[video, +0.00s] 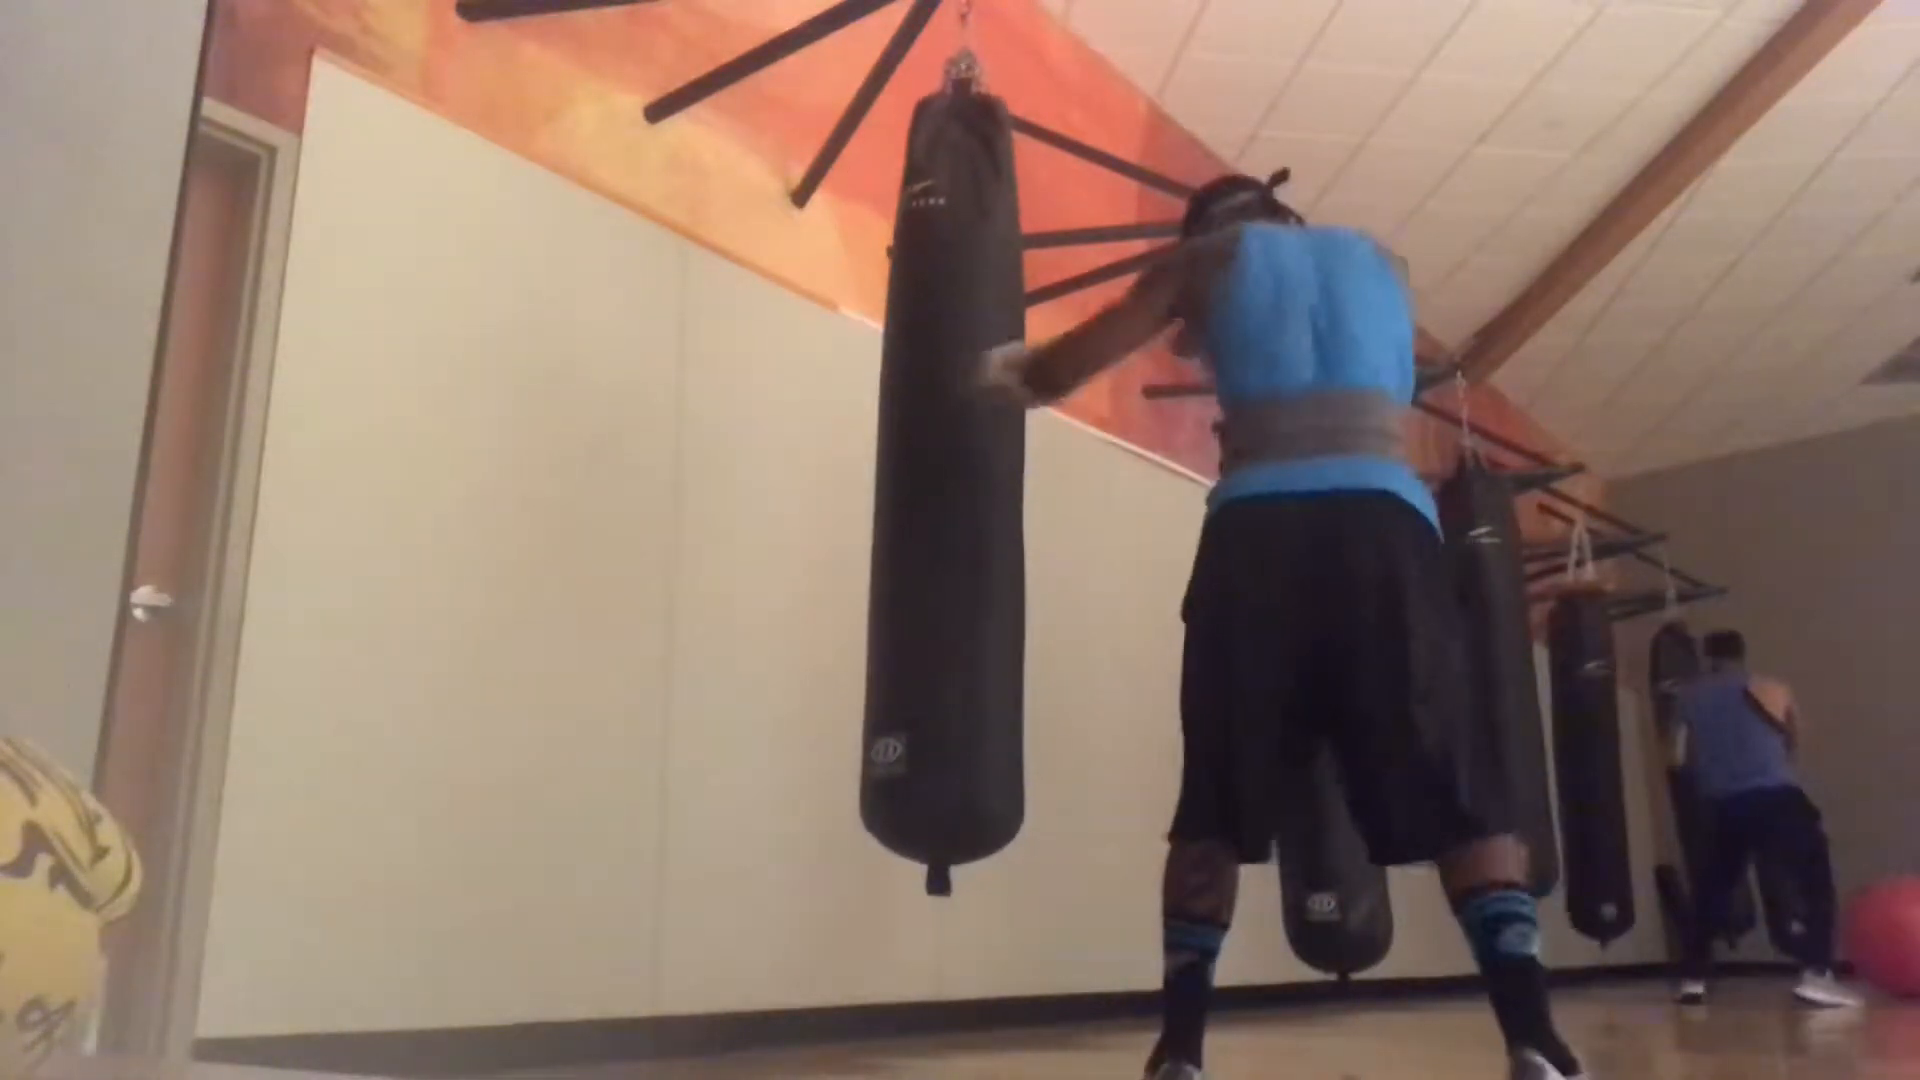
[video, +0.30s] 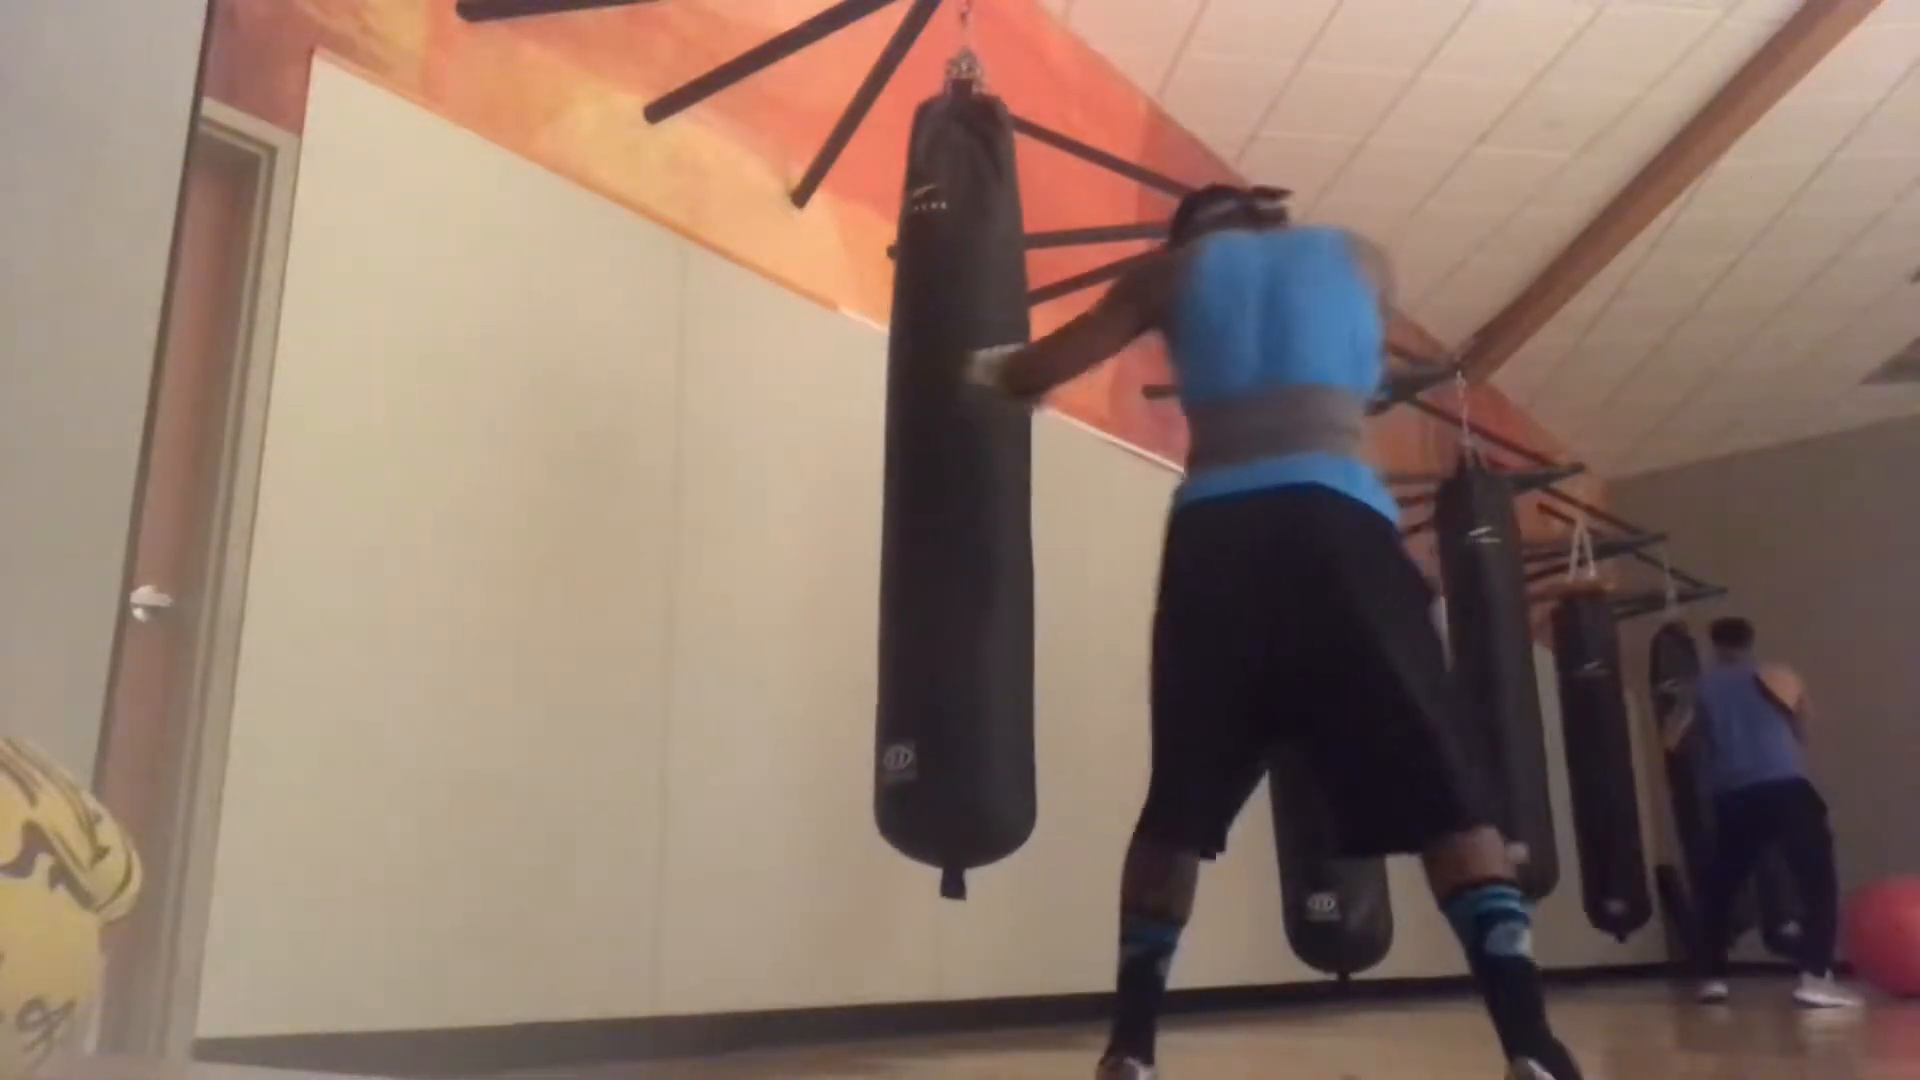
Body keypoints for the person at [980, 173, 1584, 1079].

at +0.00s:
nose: (1193, 268)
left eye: (1193, 253)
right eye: (1193, 254)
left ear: (1211, 231)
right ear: (1279, 214)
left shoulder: (1205, 254)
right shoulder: (1376, 260)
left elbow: (1060, 369)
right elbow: (1433, 359)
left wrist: (1012, 369)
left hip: (1256, 544)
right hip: (1390, 539)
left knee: (1215, 794)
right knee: (1458, 790)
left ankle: (1180, 1048)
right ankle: (1534, 1043)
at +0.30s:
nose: (1176, 258)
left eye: (1179, 246)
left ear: (1193, 239)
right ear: (1268, 218)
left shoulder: (1175, 266)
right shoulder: (1353, 254)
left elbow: (1040, 368)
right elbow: (1409, 357)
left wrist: (985, 370)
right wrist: (1359, 376)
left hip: (1213, 548)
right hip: (1342, 541)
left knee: (1177, 803)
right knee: (1444, 793)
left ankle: (1129, 1047)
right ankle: (1529, 1046)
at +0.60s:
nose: (1144, 259)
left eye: (1147, 248)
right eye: (1149, 248)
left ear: (1166, 238)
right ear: (1255, 232)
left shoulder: (1149, 267)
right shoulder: (1316, 274)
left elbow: (1043, 407)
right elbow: (1318, 408)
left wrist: (1031, 381)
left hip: (1176, 543)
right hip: (1305, 541)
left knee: (1143, 798)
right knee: (1383, 791)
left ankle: (1126, 1042)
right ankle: (1444, 1039)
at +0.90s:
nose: (1251, 303)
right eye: (1240, 295)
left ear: (1122, 321)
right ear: (1199, 301)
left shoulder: (1086, 368)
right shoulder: (1250, 329)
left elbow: (1012, 458)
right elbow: (1287, 482)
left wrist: (988, 524)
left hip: (1097, 604)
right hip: (1221, 598)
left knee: (1069, 825)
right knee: (1381, 806)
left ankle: (996, 1043)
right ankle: (1389, 1024)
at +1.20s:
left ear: (1075, 302)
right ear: (1153, 283)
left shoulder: (1036, 354)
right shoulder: (1203, 313)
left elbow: (955, 448)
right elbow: (1221, 471)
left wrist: (1009, 459)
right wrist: (1245, 390)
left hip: (1037, 589)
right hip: (1153, 581)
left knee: (1026, 813)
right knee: (1260, 801)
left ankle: (963, 1031)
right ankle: (1272, 1042)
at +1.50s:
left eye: (976, 293)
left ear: (985, 284)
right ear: (1051, 279)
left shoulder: (979, 318)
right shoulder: (1119, 338)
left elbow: (947, 462)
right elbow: (1115, 462)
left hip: (1007, 571)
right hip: (1118, 576)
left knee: (971, 806)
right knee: (1158, 800)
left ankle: (955, 1047)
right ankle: (1317, 955)